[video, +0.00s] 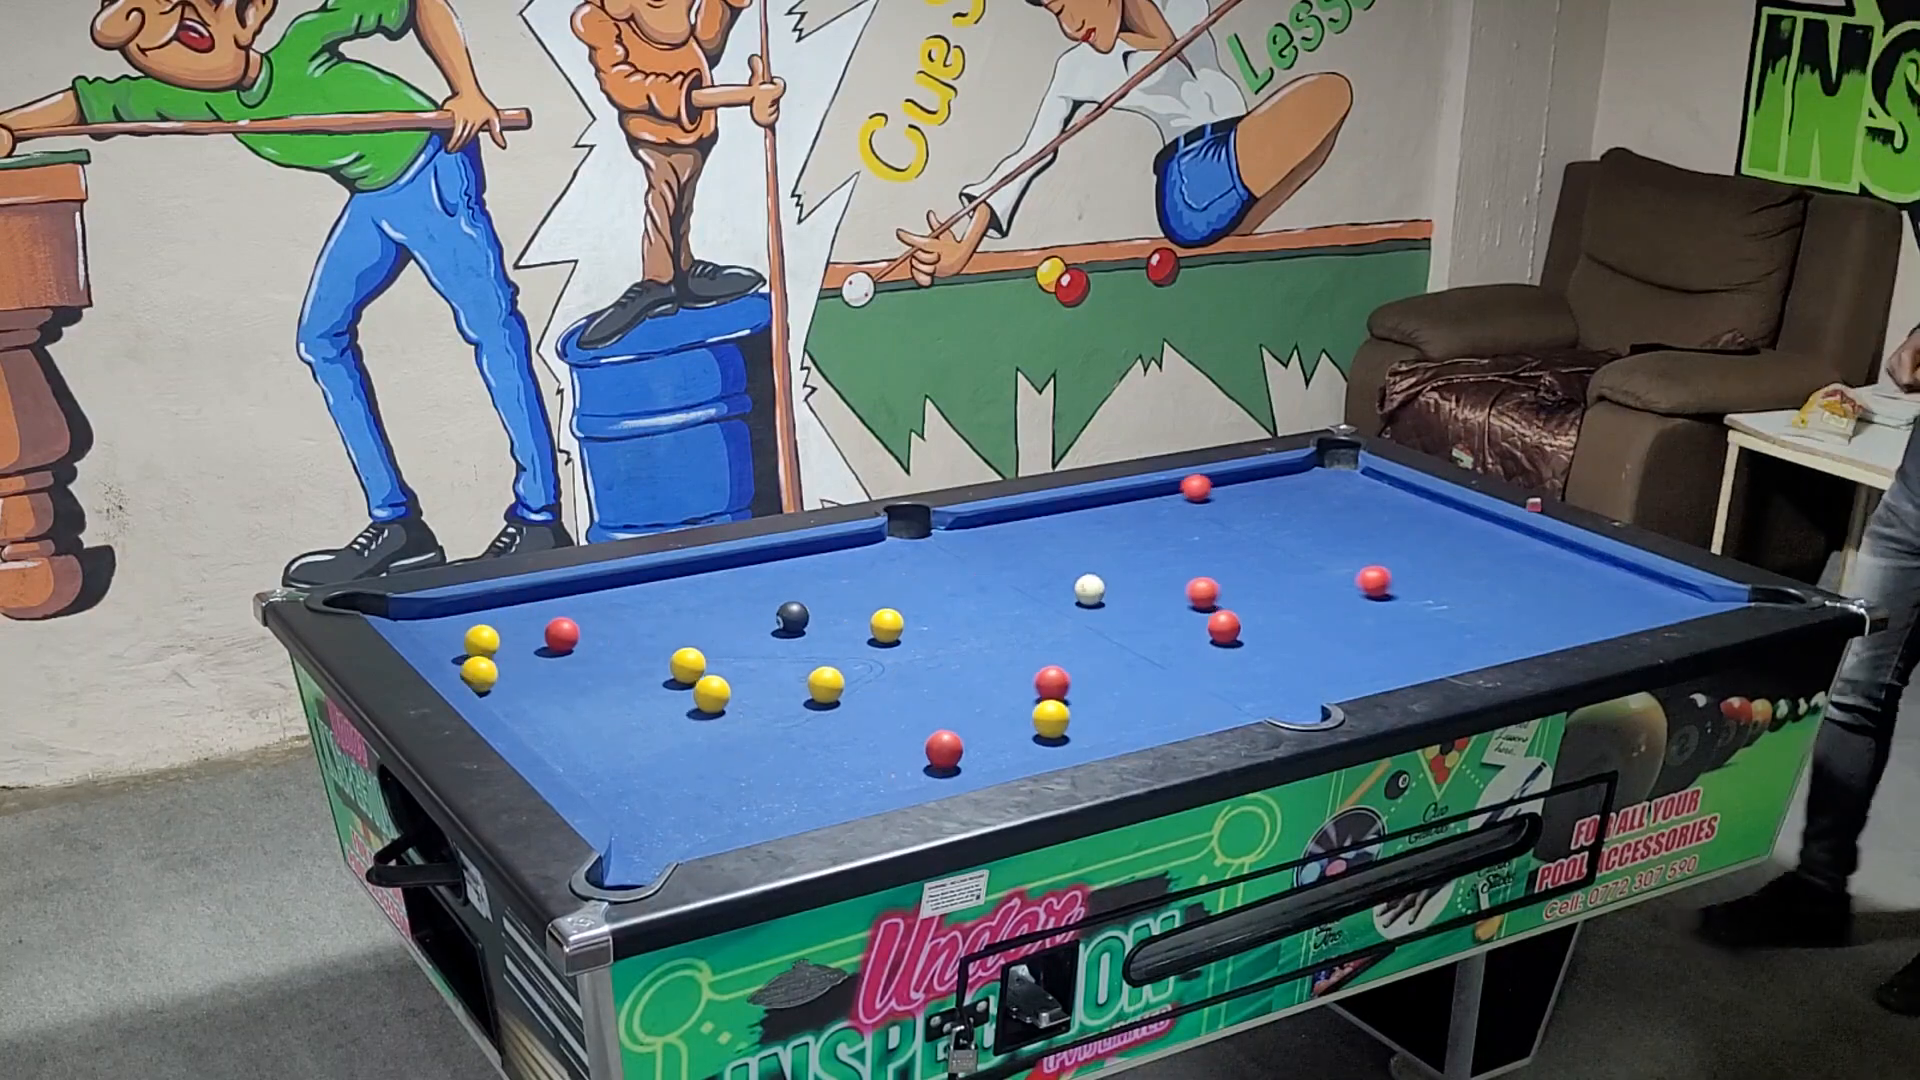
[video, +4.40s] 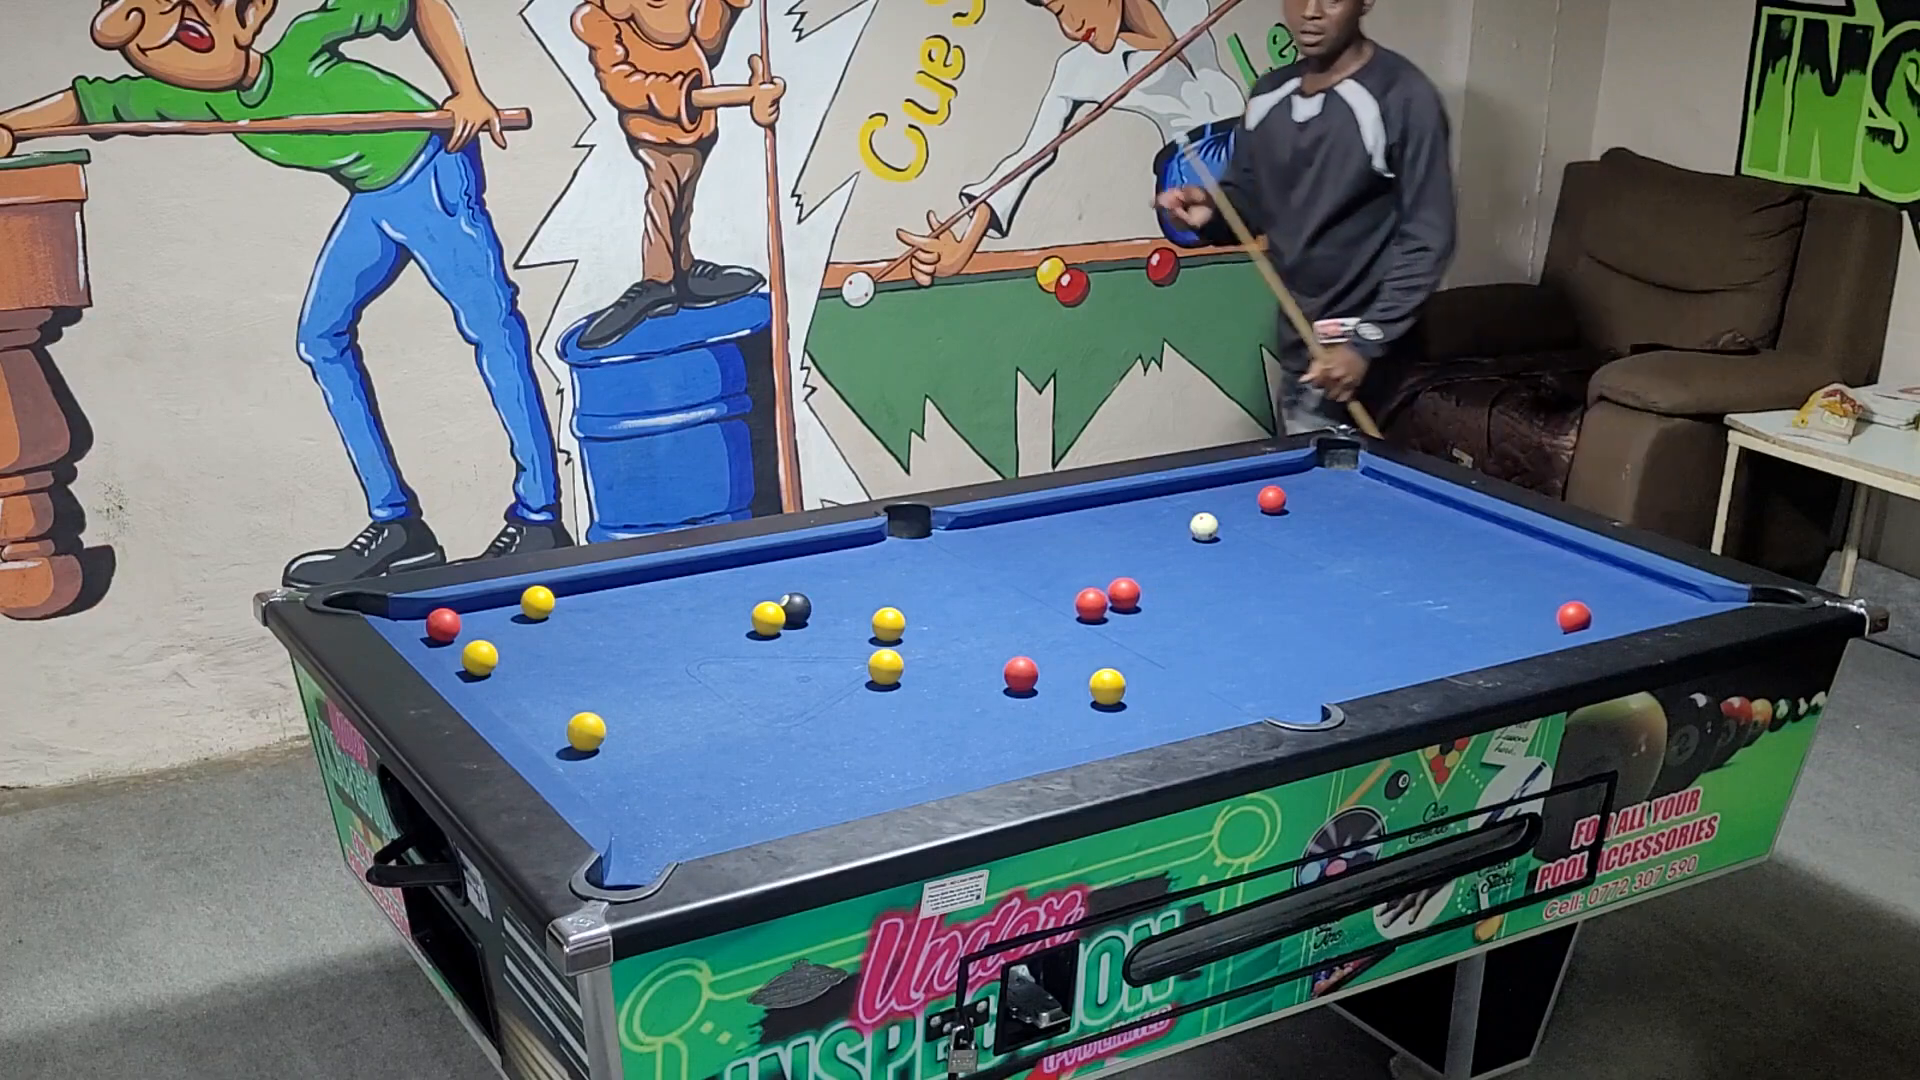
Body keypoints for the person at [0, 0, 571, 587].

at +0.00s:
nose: (208, 58)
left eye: (201, 43)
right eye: (191, 58)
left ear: (228, 22)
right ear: (185, 74)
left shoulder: (301, 37)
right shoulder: (213, 98)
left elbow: (419, 4)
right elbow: (90, 101)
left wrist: (467, 87)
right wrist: (9, 124)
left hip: (426, 165)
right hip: (369, 198)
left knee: (492, 329)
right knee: (322, 337)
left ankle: (541, 516)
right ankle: (397, 522)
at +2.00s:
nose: (208, 60)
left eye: (200, 44)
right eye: (190, 59)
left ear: (227, 24)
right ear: (184, 73)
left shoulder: (300, 37)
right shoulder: (211, 98)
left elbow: (419, 4)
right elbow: (90, 101)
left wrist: (466, 87)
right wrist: (9, 124)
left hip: (426, 165)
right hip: (369, 198)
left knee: (492, 329)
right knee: (322, 337)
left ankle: (541, 517)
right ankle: (397, 523)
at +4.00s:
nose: (201, 56)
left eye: (194, 41)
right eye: (186, 56)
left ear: (218, 21)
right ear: (183, 72)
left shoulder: (299, 37)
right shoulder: (218, 98)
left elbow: (417, 3)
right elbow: (94, 100)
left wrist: (467, 87)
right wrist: (10, 123)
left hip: (426, 163)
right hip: (369, 197)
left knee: (492, 329)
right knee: (321, 337)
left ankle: (541, 518)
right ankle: (397, 522)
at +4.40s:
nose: (203, 55)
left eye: (197, 40)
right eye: (187, 55)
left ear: (222, 20)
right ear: (183, 73)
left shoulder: (300, 37)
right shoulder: (218, 98)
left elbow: (417, 3)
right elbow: (92, 100)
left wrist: (467, 87)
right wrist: (9, 124)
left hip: (426, 164)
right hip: (369, 197)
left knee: (492, 329)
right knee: (321, 337)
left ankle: (541, 518)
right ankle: (397, 522)